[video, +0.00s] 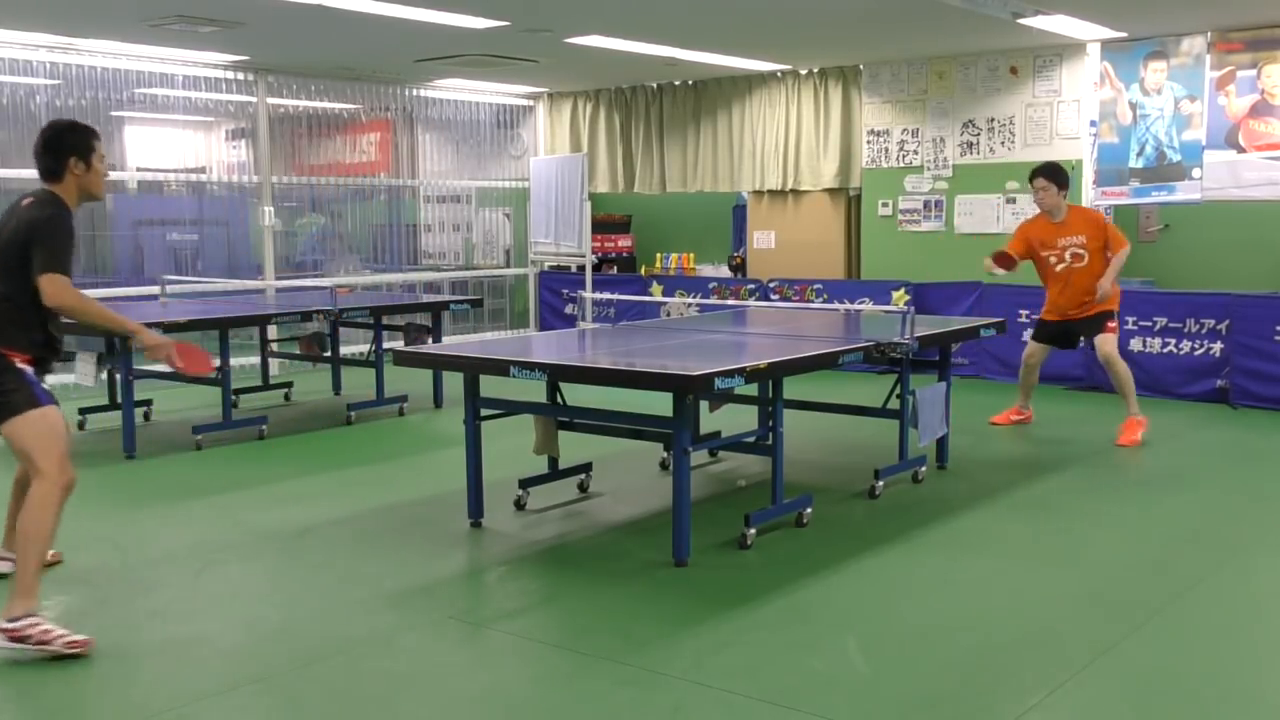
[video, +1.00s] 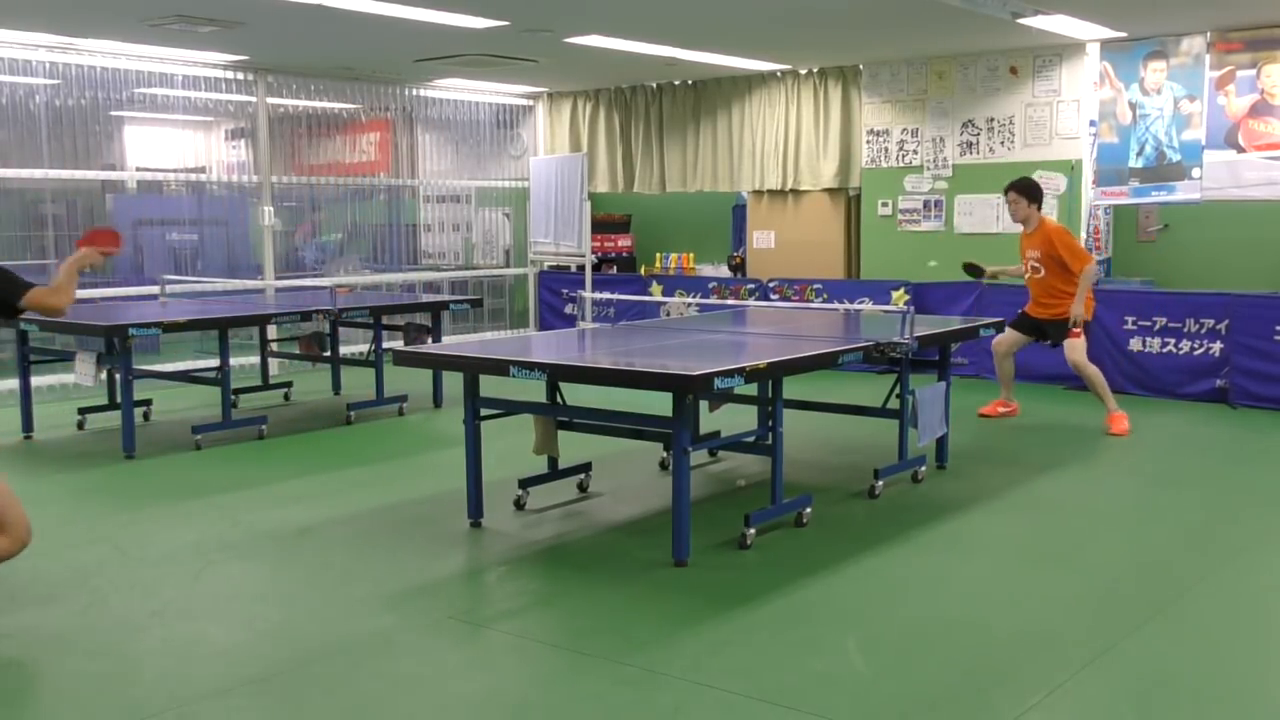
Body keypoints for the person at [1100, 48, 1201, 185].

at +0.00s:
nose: (1158, 76)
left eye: (1162, 71)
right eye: (1154, 71)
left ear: (1167, 72)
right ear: (1143, 72)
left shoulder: (1173, 89)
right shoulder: (1135, 90)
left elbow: (1198, 105)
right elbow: (1125, 120)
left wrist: (1191, 106)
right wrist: (1120, 94)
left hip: (1171, 161)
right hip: (1141, 163)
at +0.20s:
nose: (1158, 76)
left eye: (1162, 71)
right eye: (1154, 71)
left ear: (1167, 72)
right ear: (1143, 72)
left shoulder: (1173, 89)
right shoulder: (1135, 90)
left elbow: (1199, 105)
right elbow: (1125, 120)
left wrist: (1191, 106)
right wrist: (1121, 94)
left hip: (1171, 161)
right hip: (1141, 163)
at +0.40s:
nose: (1158, 76)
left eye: (1162, 71)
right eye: (1154, 71)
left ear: (1167, 72)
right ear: (1143, 72)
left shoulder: (1173, 89)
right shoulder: (1134, 90)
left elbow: (1199, 105)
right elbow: (1125, 120)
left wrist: (1191, 106)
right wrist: (1120, 94)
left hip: (1171, 161)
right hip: (1141, 163)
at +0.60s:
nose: (1158, 76)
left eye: (1162, 71)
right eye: (1154, 71)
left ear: (1167, 72)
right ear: (1143, 72)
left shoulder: (1173, 89)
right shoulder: (1135, 90)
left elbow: (1198, 105)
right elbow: (1125, 120)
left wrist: (1191, 106)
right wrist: (1120, 94)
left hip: (1171, 161)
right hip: (1141, 163)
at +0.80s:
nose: (1158, 77)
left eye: (1162, 71)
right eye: (1154, 71)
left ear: (1167, 72)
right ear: (1143, 71)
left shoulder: (1172, 89)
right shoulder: (1134, 91)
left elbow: (1198, 105)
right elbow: (1125, 120)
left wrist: (1191, 106)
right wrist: (1120, 94)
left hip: (1171, 160)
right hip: (1141, 163)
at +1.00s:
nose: (1158, 76)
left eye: (1162, 71)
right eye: (1153, 71)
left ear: (1167, 72)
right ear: (1143, 71)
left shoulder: (1172, 89)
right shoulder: (1134, 90)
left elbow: (1198, 105)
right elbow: (1124, 120)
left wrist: (1190, 106)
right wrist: (1120, 94)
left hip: (1171, 160)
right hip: (1141, 163)